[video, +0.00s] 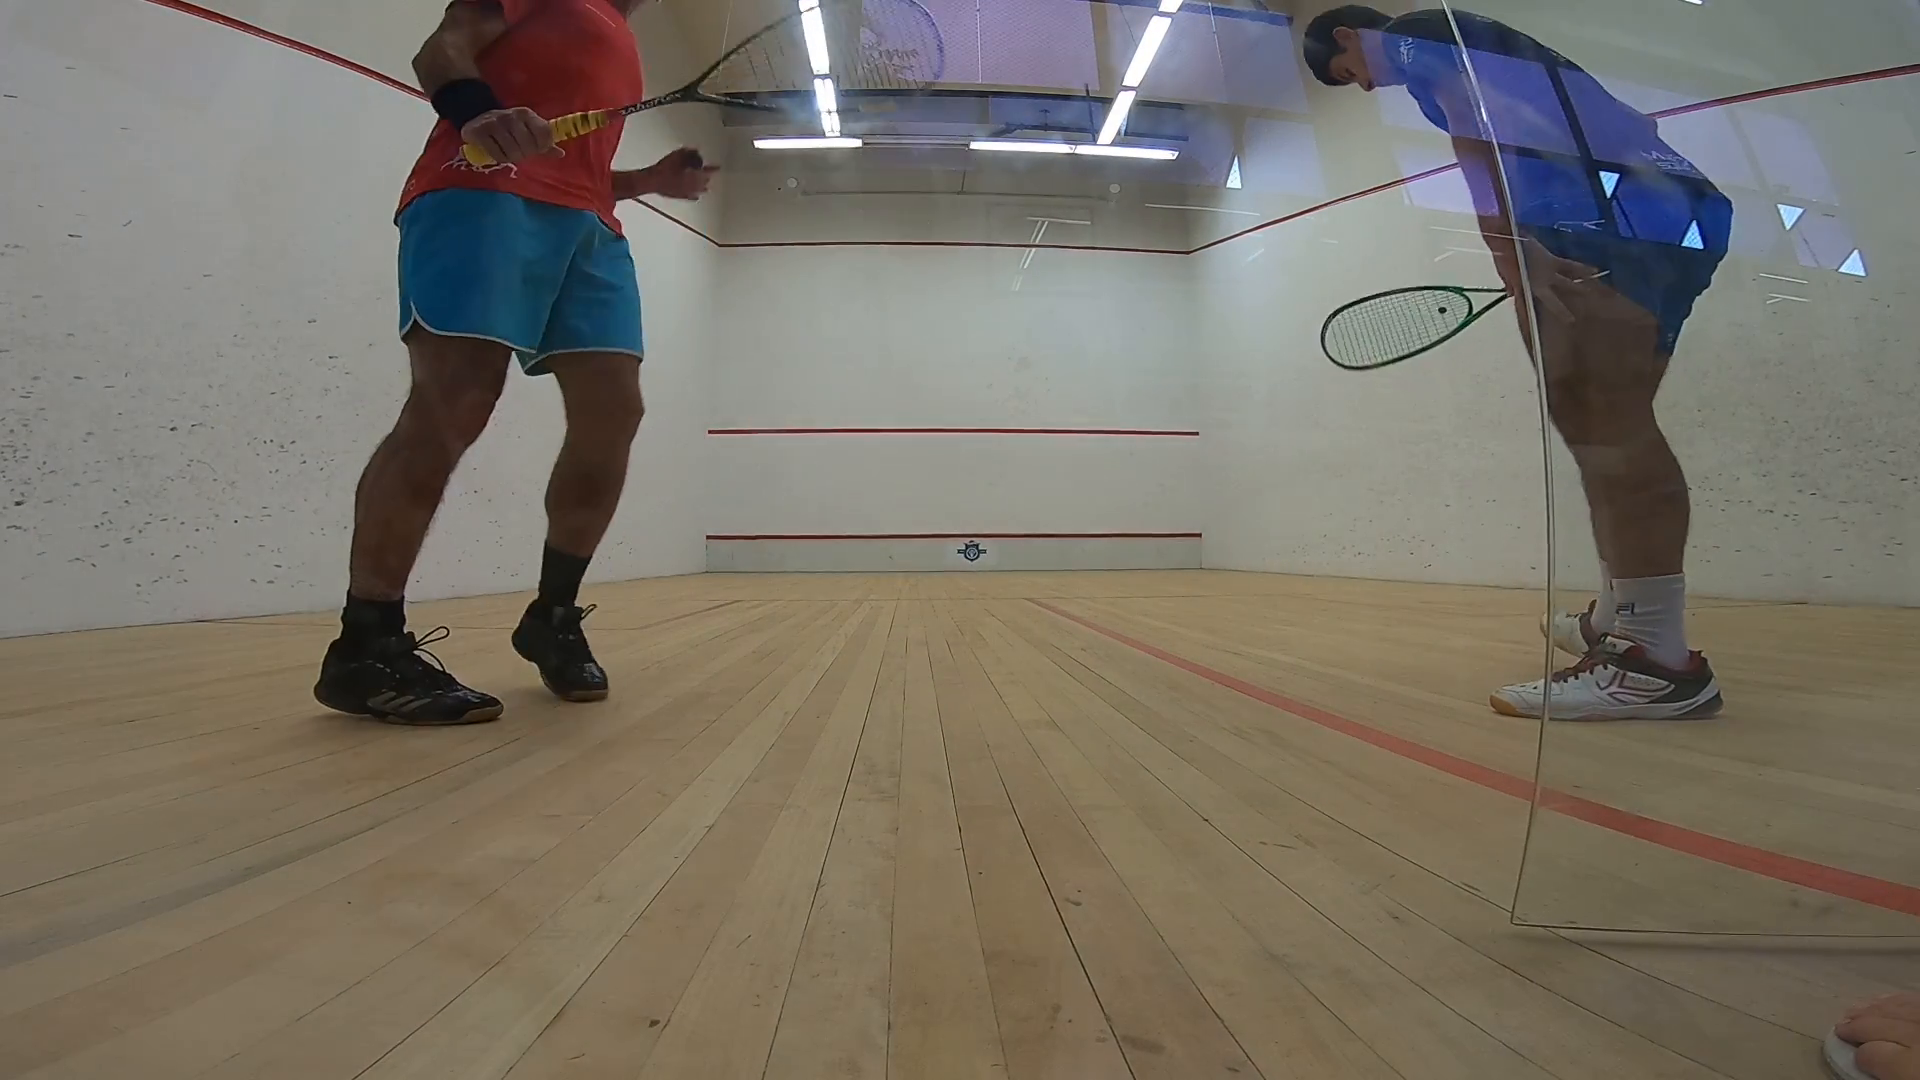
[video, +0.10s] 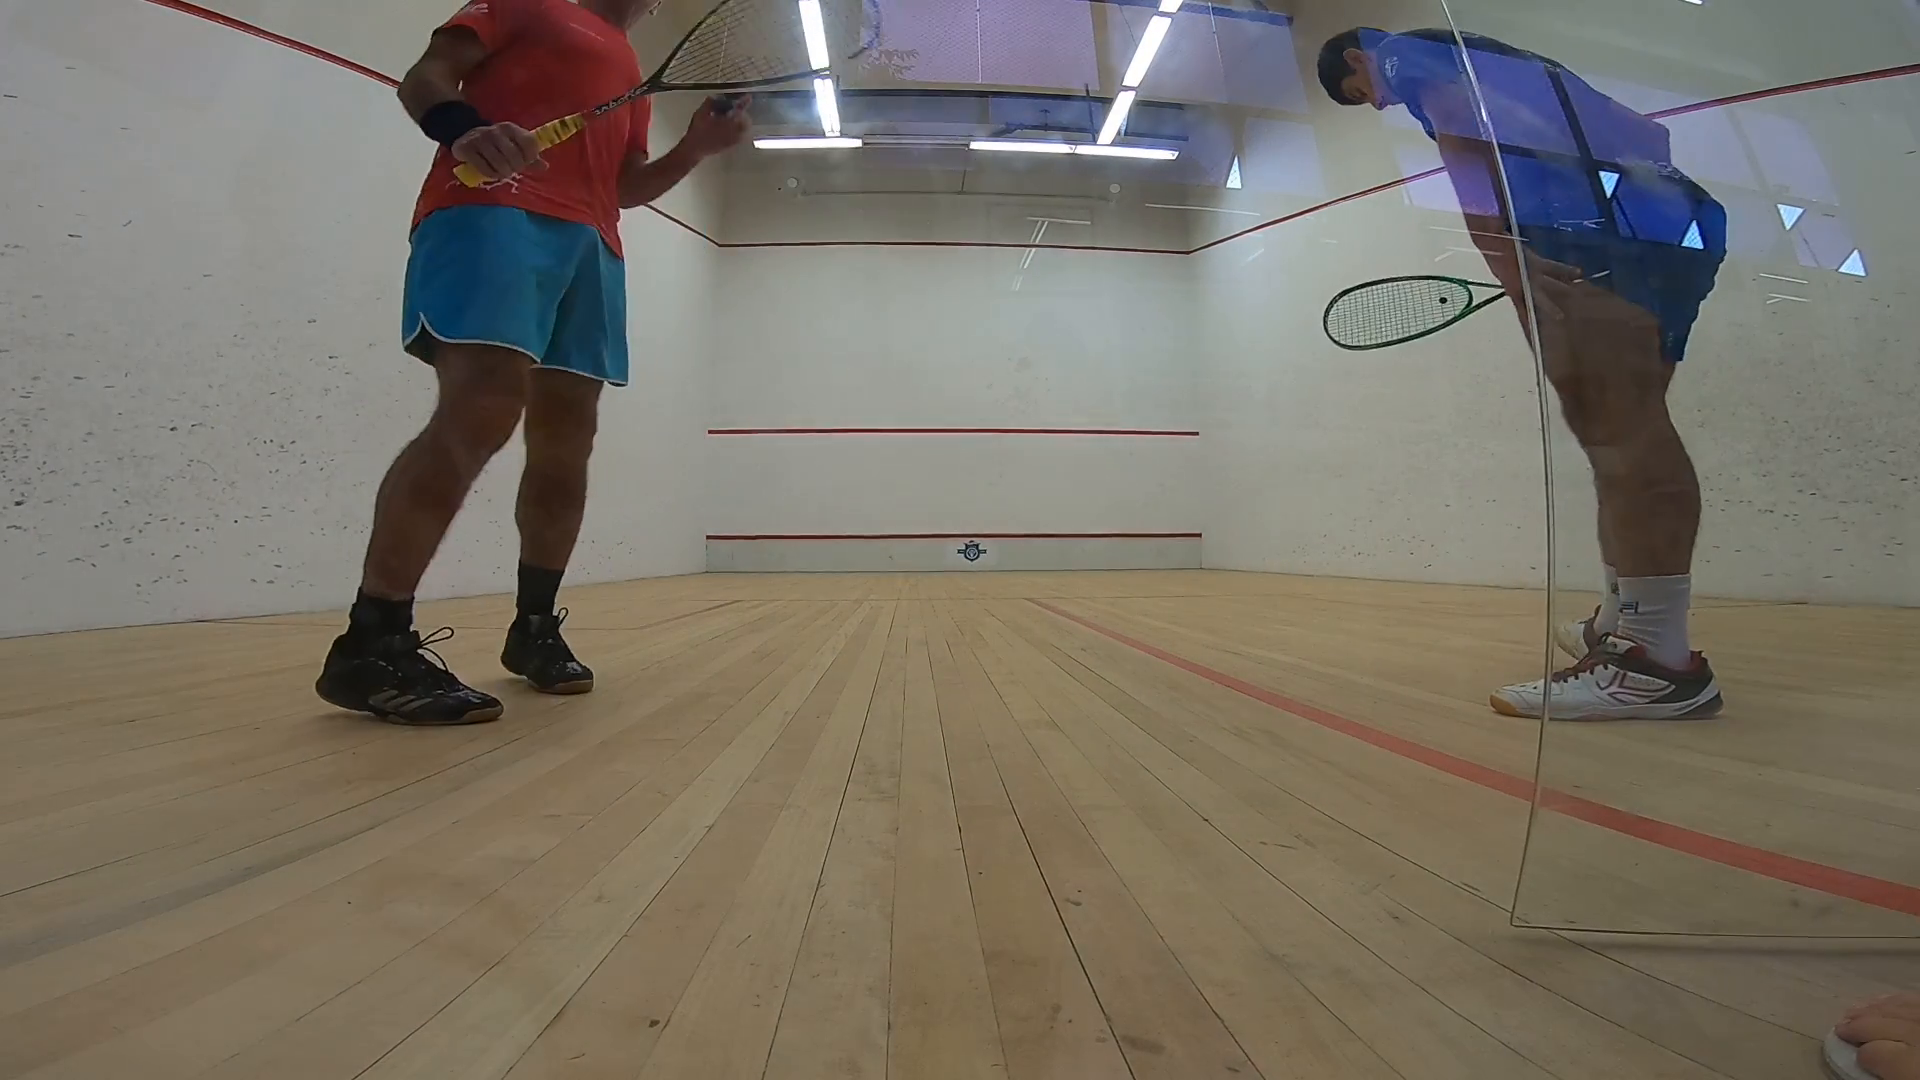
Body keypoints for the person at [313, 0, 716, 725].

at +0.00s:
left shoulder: (618, 43)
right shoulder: (520, 1)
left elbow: (571, 177)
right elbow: (437, 52)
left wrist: (649, 180)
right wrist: (479, 112)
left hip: (585, 223)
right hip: (483, 195)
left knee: (611, 411)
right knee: (451, 402)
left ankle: (554, 615)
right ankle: (366, 645)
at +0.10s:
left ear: (641, 4)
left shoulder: (632, 77)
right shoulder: (529, 5)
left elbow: (625, 188)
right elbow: (423, 78)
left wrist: (694, 147)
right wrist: (466, 129)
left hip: (590, 243)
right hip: (495, 214)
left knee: (565, 433)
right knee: (478, 412)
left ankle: (535, 627)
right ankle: (372, 643)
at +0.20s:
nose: (650, 1)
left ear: (648, 16)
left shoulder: (643, 90)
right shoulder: (518, 21)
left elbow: (680, 178)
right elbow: (419, 107)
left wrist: (727, 117)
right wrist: (445, 146)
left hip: (588, 254)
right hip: (497, 217)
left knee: (546, 438)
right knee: (528, 385)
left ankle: (528, 633)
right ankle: (390, 615)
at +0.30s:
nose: (647, 3)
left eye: (650, 4)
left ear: (655, 13)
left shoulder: (648, 83)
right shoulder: (512, 24)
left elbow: (708, 156)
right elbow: (424, 113)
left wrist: (739, 82)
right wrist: (434, 156)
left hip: (586, 248)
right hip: (492, 209)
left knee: (551, 439)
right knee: (535, 359)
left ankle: (529, 632)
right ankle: (410, 614)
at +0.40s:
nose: (643, 2)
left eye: (648, 1)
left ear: (643, 11)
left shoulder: (648, 76)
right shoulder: (508, 25)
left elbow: (714, 136)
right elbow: (422, 116)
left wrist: (733, 64)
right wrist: (429, 169)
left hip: (586, 252)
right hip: (492, 213)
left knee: (549, 438)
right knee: (494, 371)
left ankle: (528, 634)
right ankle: (428, 643)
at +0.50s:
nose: (628, 0)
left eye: (635, 1)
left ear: (635, 11)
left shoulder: (643, 74)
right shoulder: (501, 27)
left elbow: (726, 112)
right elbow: (418, 119)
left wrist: (730, 16)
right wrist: (414, 176)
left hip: (579, 264)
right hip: (482, 230)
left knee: (538, 450)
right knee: (455, 403)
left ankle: (528, 635)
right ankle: (421, 658)